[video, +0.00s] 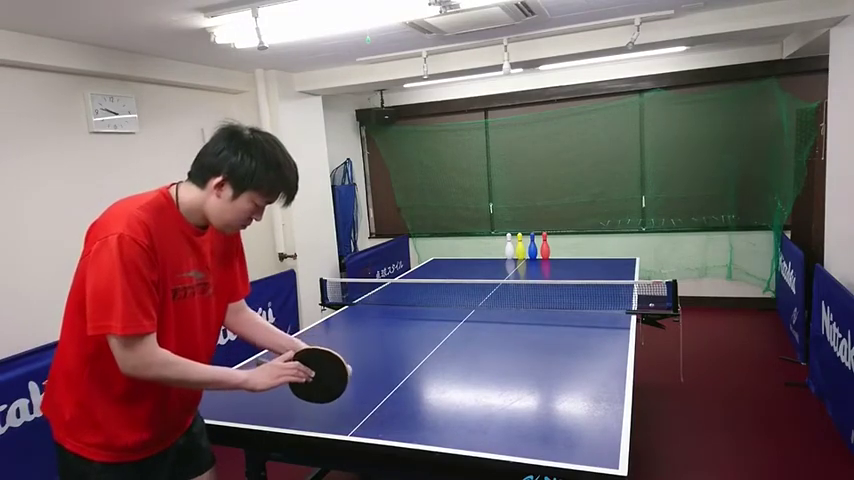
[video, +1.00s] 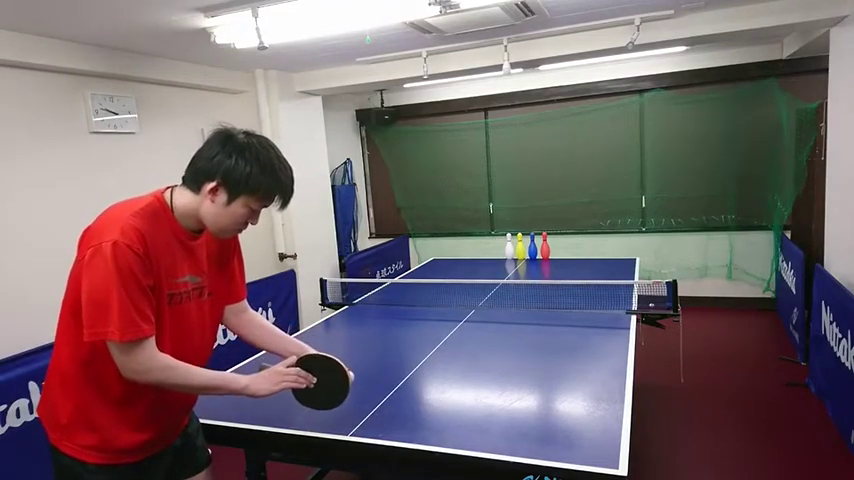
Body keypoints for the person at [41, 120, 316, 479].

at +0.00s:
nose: (258, 218)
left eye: (263, 208)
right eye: (256, 205)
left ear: (219, 188)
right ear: (219, 187)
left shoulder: (221, 228)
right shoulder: (125, 236)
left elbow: (235, 312)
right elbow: (135, 358)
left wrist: (298, 350)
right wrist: (248, 378)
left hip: (173, 421)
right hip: (104, 440)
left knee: (202, 472)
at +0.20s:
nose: (258, 218)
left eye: (264, 207)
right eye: (257, 204)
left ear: (220, 189)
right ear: (220, 187)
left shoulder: (220, 228)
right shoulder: (126, 237)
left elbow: (236, 311)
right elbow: (138, 359)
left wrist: (303, 347)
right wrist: (248, 377)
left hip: (174, 422)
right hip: (105, 442)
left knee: (198, 471)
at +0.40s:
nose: (257, 217)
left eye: (262, 207)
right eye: (256, 204)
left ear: (219, 190)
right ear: (218, 188)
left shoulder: (217, 228)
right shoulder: (125, 238)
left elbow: (235, 311)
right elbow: (143, 360)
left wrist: (302, 347)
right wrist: (252, 378)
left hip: (172, 422)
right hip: (103, 442)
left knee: (197, 471)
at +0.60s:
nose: (254, 220)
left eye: (260, 210)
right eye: (254, 207)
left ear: (218, 191)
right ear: (217, 189)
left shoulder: (217, 229)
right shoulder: (124, 239)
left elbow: (236, 311)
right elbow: (143, 360)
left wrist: (303, 348)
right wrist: (252, 379)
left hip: (172, 424)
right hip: (103, 445)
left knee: (196, 469)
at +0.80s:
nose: (254, 222)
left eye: (260, 211)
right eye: (253, 208)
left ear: (217, 192)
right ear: (216, 190)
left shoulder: (217, 229)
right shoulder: (122, 240)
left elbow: (236, 311)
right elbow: (141, 361)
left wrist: (304, 352)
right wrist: (251, 381)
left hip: (170, 424)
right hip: (102, 445)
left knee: (196, 470)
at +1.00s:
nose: (254, 222)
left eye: (259, 212)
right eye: (251, 209)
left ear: (214, 192)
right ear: (214, 191)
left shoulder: (217, 231)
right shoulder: (120, 241)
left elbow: (237, 313)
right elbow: (137, 362)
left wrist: (306, 354)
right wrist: (245, 383)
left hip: (169, 422)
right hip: (99, 444)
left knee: (197, 471)